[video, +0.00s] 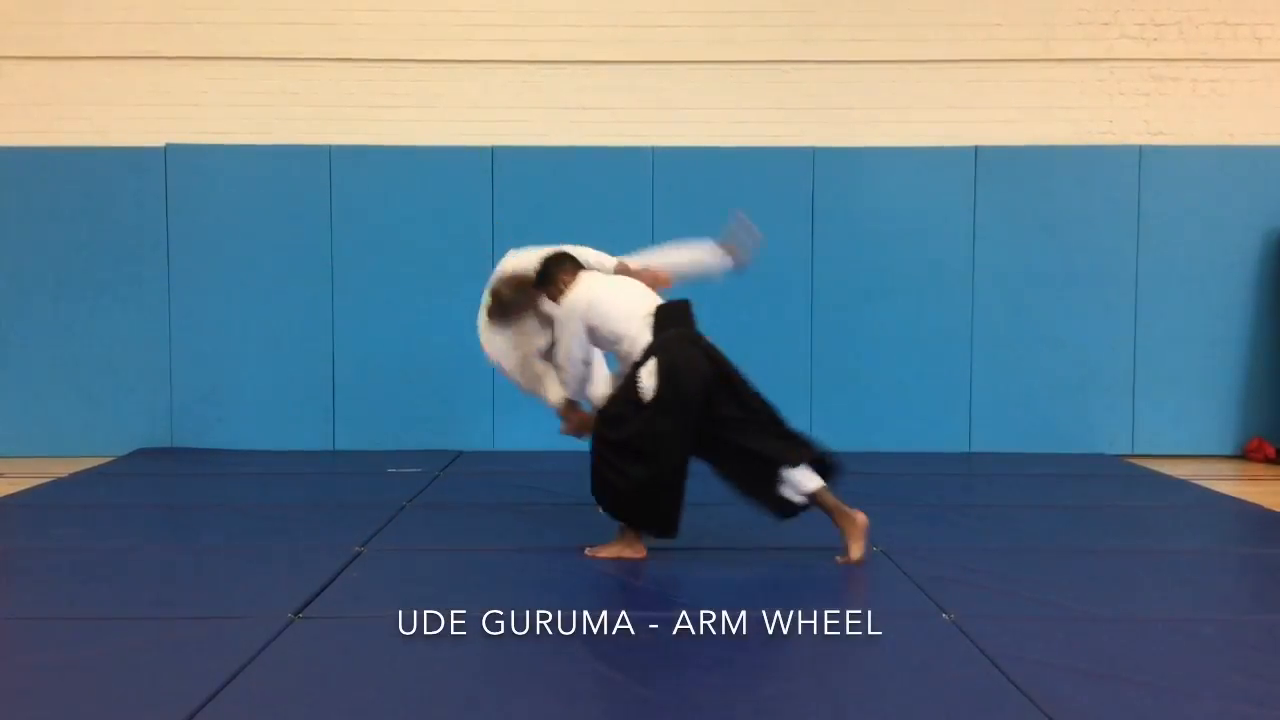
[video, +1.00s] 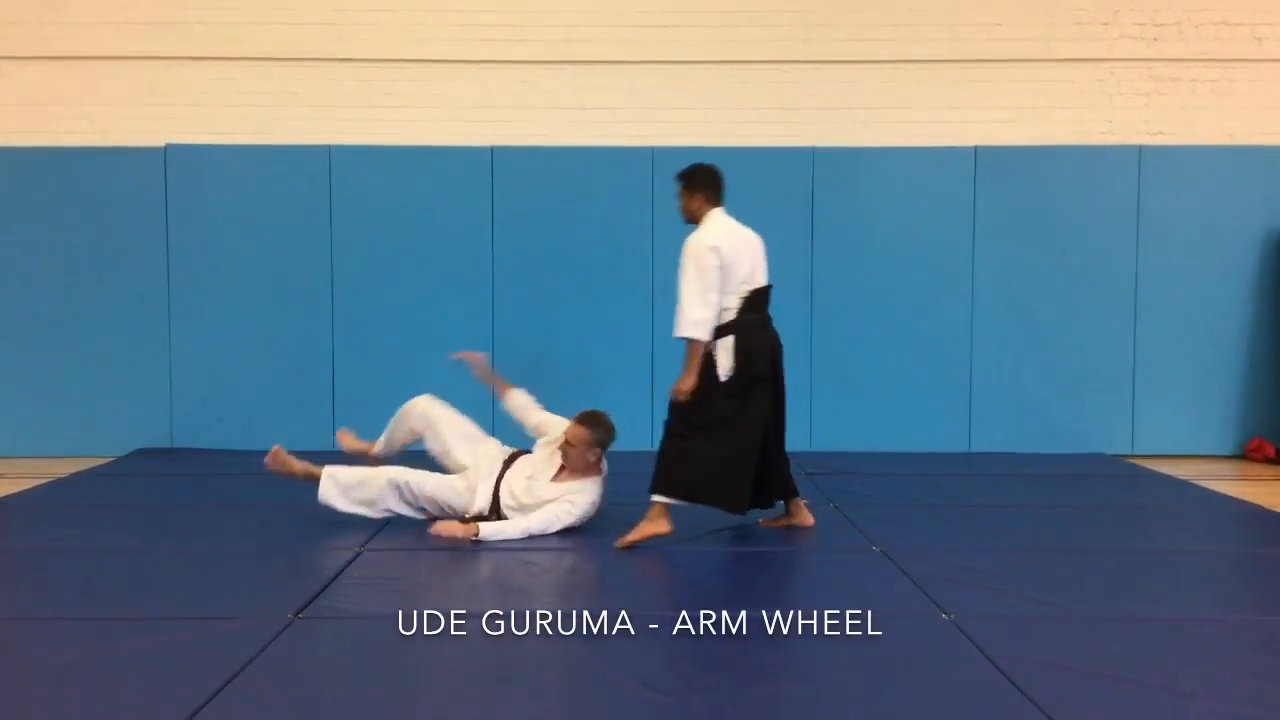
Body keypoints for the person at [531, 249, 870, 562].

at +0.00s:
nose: (551, 303)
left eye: (549, 297)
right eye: (549, 296)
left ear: (556, 288)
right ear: (577, 267)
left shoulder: (573, 304)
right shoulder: (616, 276)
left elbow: (574, 368)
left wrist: (573, 408)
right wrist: (598, 404)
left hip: (660, 372)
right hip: (695, 354)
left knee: (617, 438)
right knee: (748, 439)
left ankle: (630, 539)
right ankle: (847, 517)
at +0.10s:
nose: (579, 311)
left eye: (577, 305)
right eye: (576, 305)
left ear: (583, 295)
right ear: (598, 278)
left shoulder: (597, 313)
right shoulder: (638, 290)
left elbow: (603, 378)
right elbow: (653, 353)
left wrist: (602, 419)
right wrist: (615, 388)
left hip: (682, 373)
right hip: (718, 358)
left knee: (627, 441)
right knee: (772, 446)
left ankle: (633, 538)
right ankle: (865, 529)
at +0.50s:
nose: (583, 277)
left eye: (581, 270)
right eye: (582, 270)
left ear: (589, 262)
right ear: (611, 251)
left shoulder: (598, 291)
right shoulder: (650, 267)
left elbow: (603, 364)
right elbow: (674, 316)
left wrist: (614, 394)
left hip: (680, 361)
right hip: (723, 349)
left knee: (632, 433)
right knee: (773, 436)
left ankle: (633, 535)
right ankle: (858, 513)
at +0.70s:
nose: (604, 235)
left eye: (602, 227)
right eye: (601, 228)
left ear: (611, 223)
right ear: (636, 216)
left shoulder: (618, 257)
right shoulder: (677, 242)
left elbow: (614, 329)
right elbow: (687, 295)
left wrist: (616, 373)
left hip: (684, 345)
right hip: (724, 334)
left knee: (643, 429)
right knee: (747, 426)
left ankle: (636, 528)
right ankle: (822, 492)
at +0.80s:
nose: (628, 222)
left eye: (627, 214)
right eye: (627, 214)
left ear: (637, 210)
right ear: (661, 206)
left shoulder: (641, 248)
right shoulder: (703, 238)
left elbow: (633, 319)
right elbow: (719, 294)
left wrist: (632, 378)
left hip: (695, 343)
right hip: (735, 335)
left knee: (649, 426)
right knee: (744, 420)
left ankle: (640, 529)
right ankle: (790, 498)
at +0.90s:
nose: (655, 213)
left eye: (656, 205)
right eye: (655, 206)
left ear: (667, 203)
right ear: (691, 201)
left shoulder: (673, 245)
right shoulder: (729, 238)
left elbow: (667, 317)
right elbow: (738, 297)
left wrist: (656, 379)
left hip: (714, 348)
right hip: (749, 342)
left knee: (667, 425)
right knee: (750, 425)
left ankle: (644, 522)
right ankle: (792, 503)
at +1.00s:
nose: (679, 204)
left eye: (682, 196)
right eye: (680, 196)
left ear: (697, 197)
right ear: (715, 197)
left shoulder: (702, 242)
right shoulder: (748, 236)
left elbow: (701, 312)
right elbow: (755, 296)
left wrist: (690, 372)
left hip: (728, 346)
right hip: (762, 340)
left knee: (681, 418)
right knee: (765, 425)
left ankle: (658, 512)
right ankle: (795, 507)